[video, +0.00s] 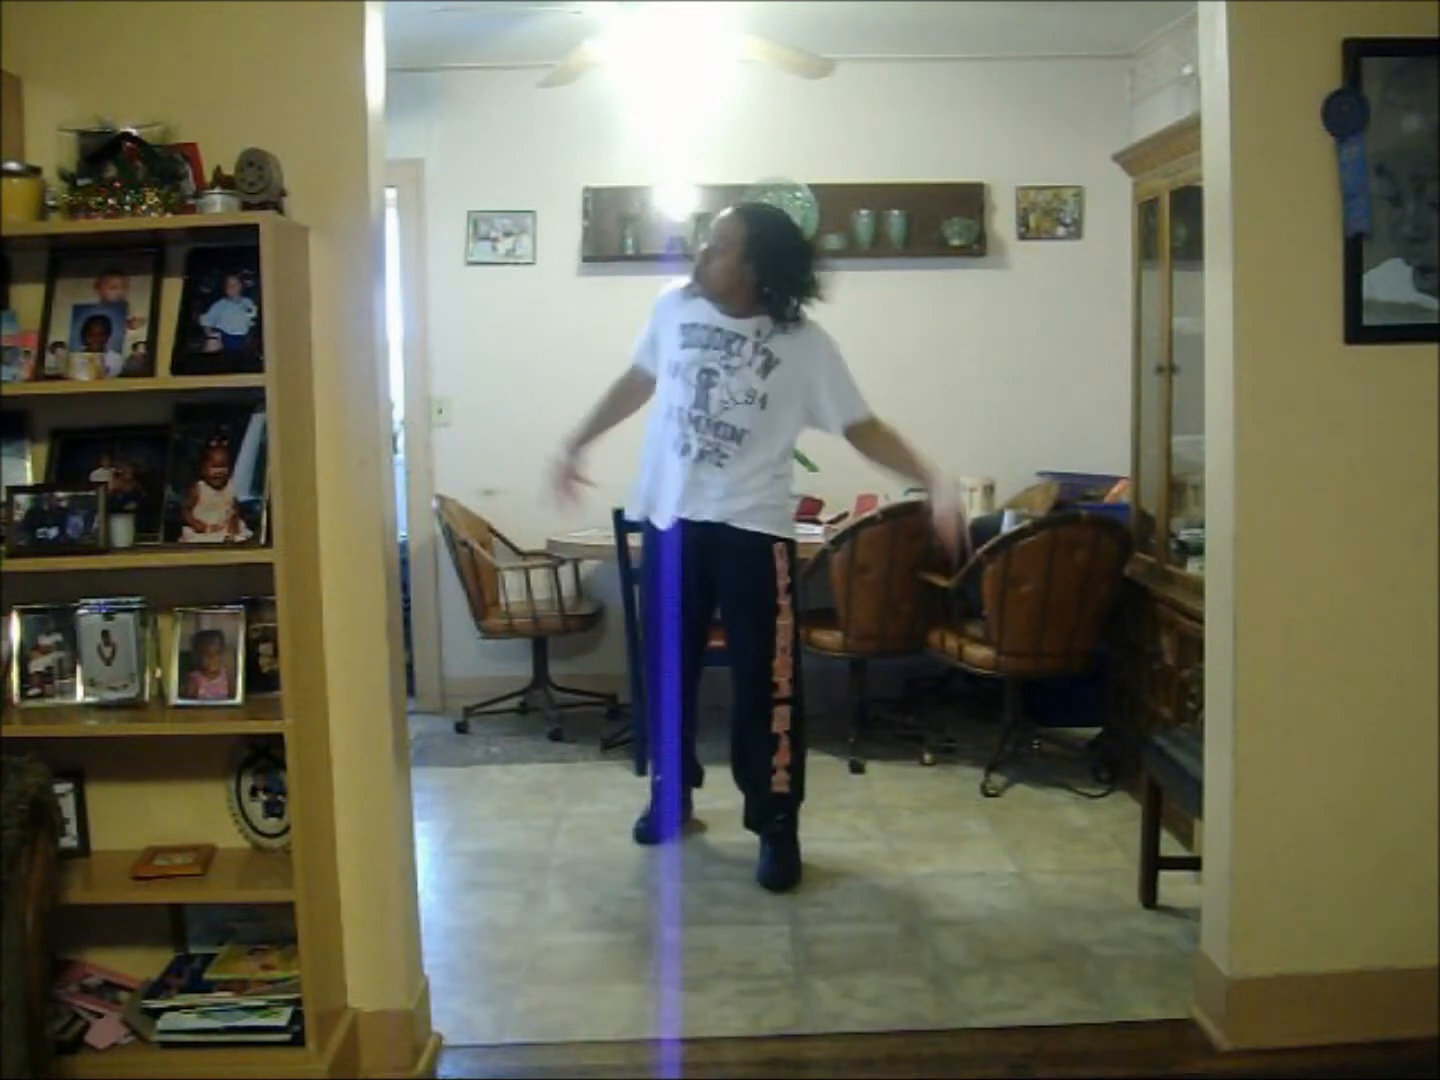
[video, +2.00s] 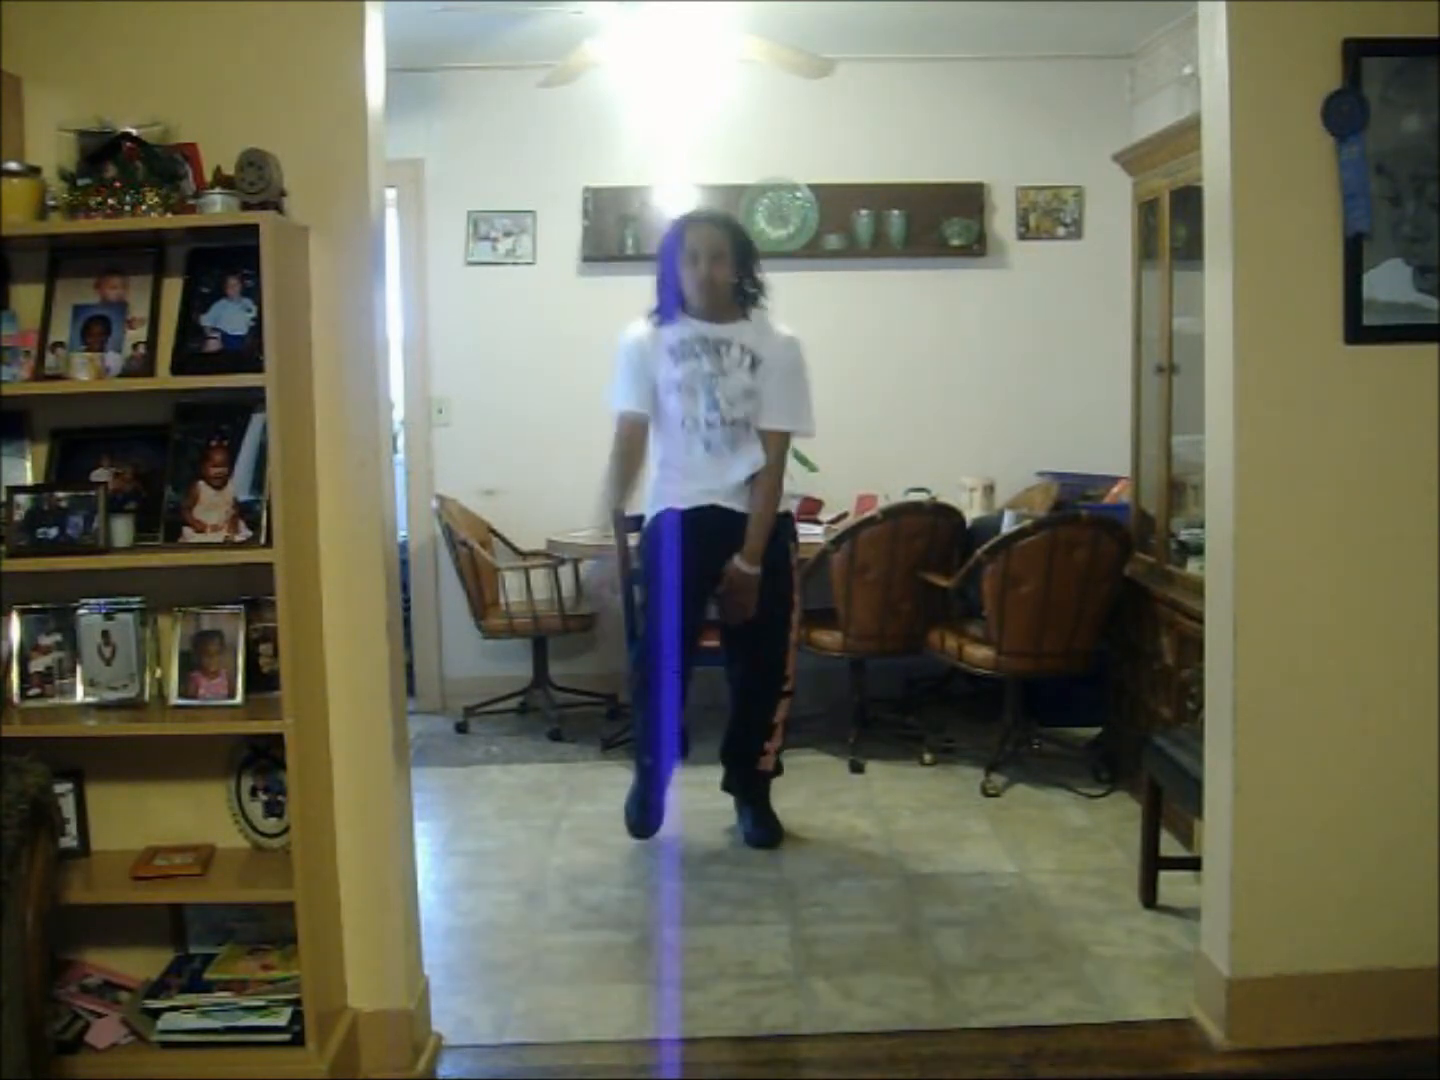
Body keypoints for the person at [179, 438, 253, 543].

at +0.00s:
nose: (219, 472)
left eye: (224, 467)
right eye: (214, 466)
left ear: (230, 469)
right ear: (203, 468)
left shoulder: (231, 488)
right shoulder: (199, 488)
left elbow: (236, 509)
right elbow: (186, 511)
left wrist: (234, 523)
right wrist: (199, 526)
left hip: (225, 533)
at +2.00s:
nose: (219, 472)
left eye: (224, 467)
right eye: (214, 466)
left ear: (231, 469)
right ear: (203, 468)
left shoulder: (231, 488)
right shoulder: (199, 488)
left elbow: (236, 509)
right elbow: (186, 511)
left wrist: (234, 523)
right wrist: (199, 526)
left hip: (225, 534)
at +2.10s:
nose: (219, 472)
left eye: (224, 467)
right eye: (214, 466)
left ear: (231, 469)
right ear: (203, 468)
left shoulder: (231, 488)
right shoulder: (199, 488)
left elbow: (236, 509)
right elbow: (186, 511)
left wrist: (234, 523)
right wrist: (199, 526)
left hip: (225, 534)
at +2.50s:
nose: (219, 472)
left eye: (224, 467)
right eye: (214, 466)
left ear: (230, 469)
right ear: (203, 468)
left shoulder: (231, 488)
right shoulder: (199, 488)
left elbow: (236, 509)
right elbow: (186, 510)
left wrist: (234, 523)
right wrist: (198, 525)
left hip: (225, 534)